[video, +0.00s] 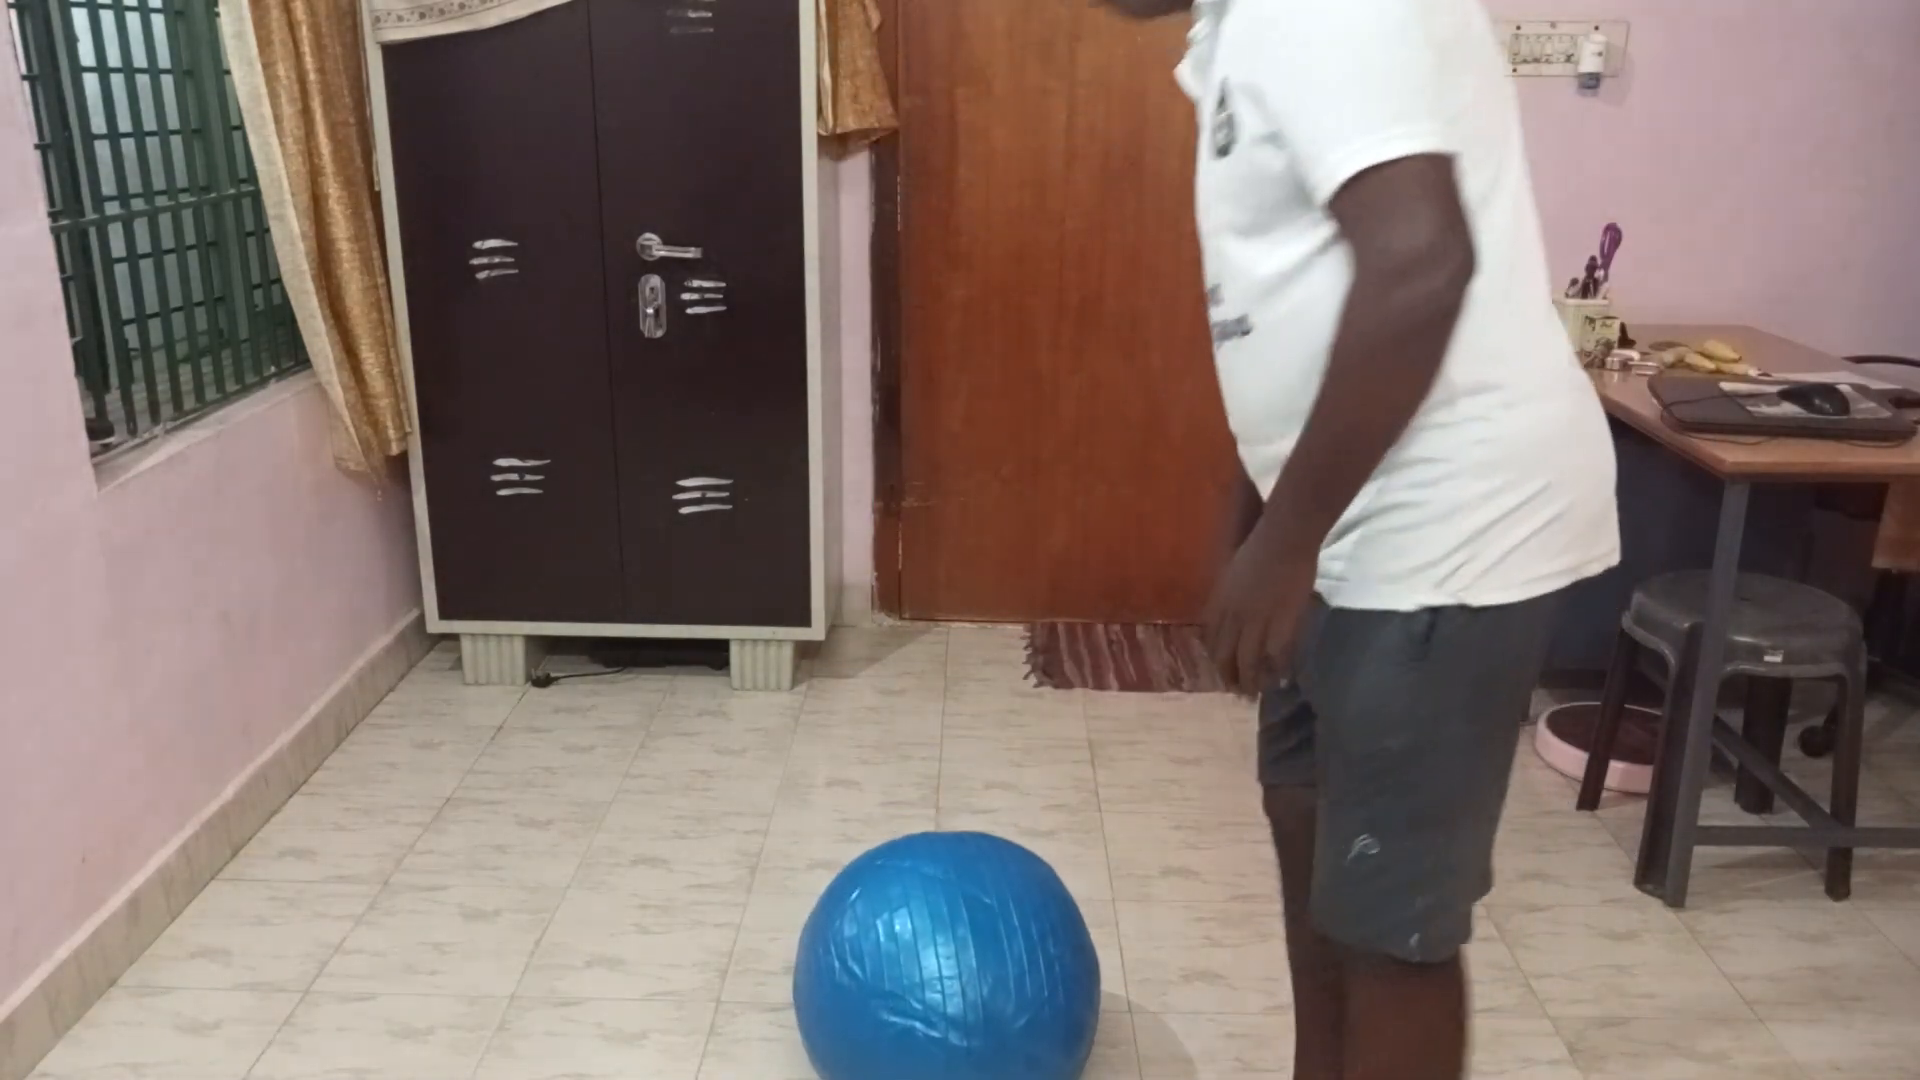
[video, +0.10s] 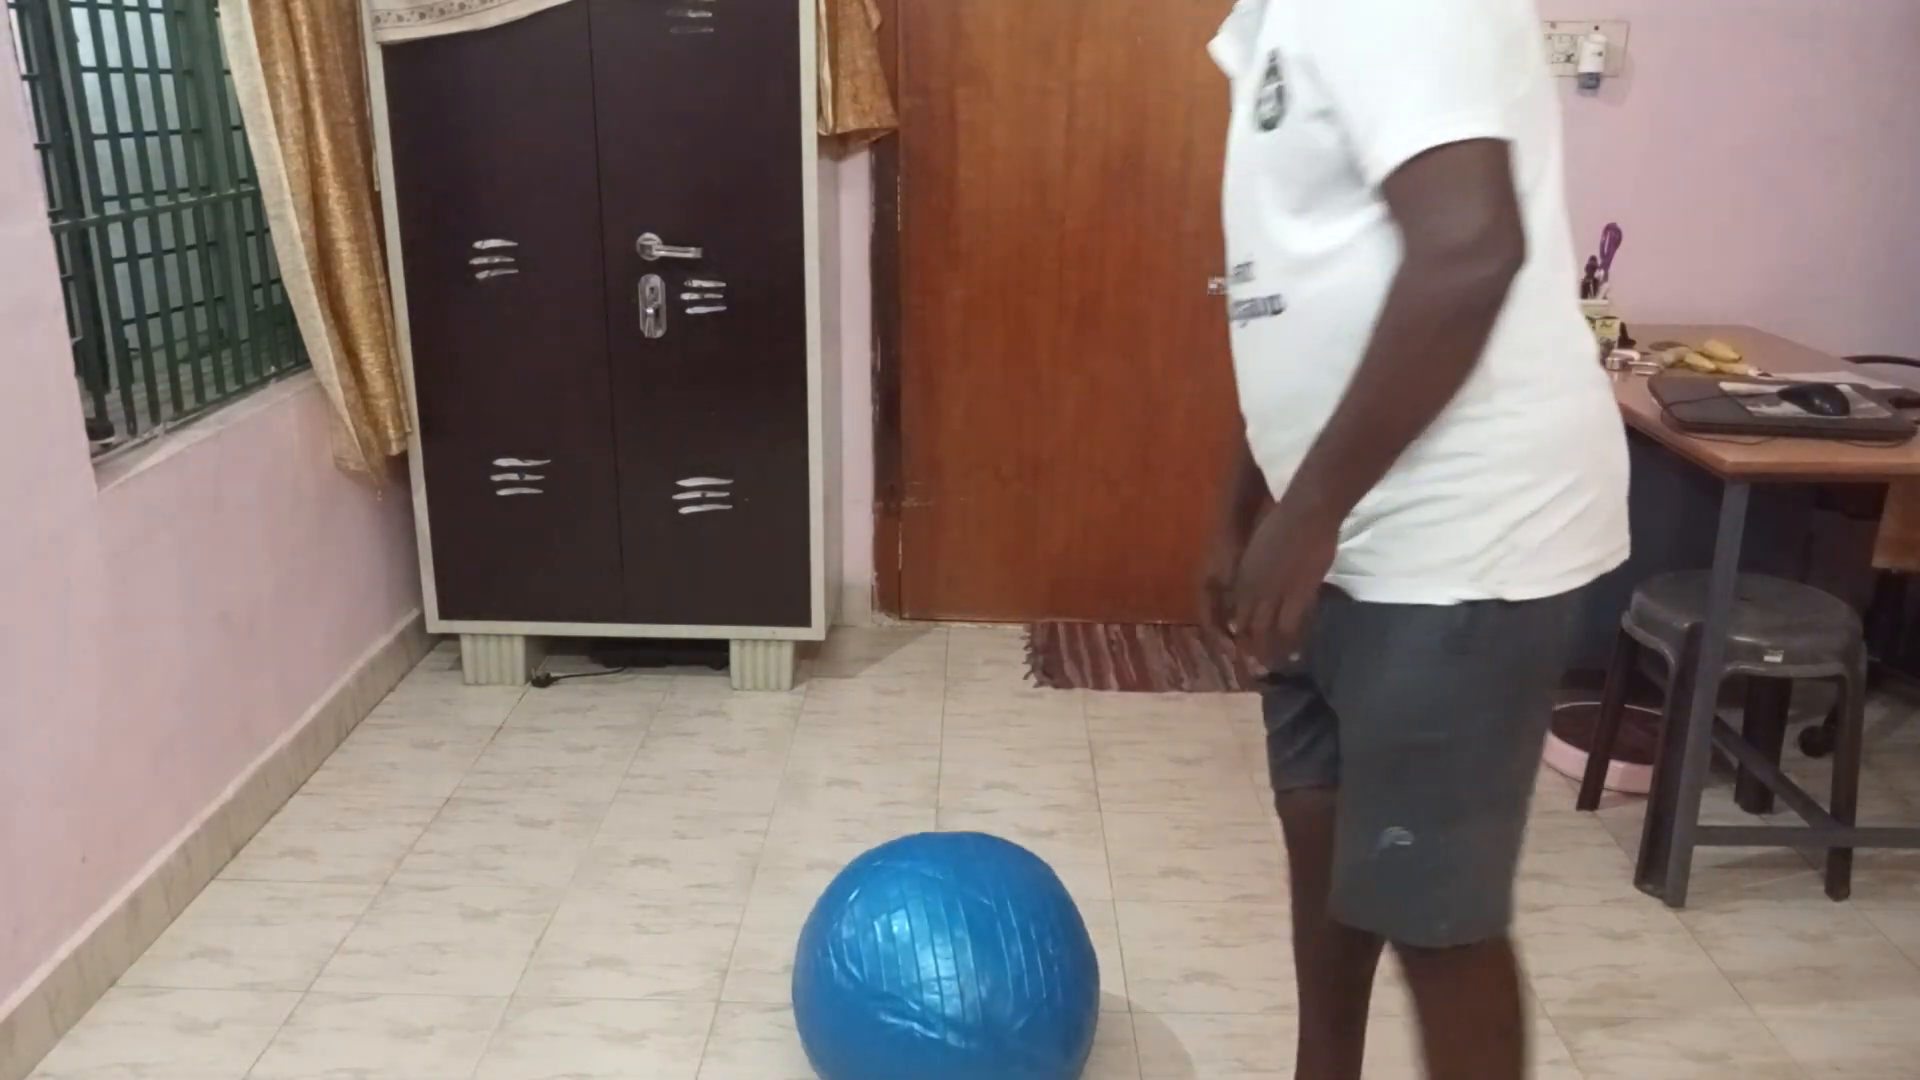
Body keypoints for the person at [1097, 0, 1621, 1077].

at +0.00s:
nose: (1117, 6)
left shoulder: (1321, 15)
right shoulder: (1241, 33)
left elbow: (1418, 261)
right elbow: (1303, 295)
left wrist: (1288, 542)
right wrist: (1251, 526)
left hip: (1449, 529)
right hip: (1357, 522)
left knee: (1391, 916)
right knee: (1311, 823)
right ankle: (1324, 1063)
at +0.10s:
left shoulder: (1396, 12)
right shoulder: (1278, 23)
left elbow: (1468, 246)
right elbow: (1304, 282)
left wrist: (1310, 519)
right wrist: (1243, 509)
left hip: (1467, 536)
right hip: (1345, 528)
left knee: (1441, 907)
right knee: (1322, 828)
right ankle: (1324, 1070)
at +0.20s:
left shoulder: (1474, 12)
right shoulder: (1302, 20)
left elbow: (1530, 241)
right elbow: (1310, 269)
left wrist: (1341, 511)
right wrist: (1237, 494)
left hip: (1488, 537)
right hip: (1347, 526)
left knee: (1500, 905)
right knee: (1337, 824)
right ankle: (1326, 1070)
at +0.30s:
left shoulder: (1551, 14)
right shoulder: (1332, 16)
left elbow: (1604, 246)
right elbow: (1314, 261)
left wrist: (1399, 529)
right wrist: (1236, 481)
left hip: (1528, 553)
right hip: (1352, 534)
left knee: (1564, 904)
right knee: (1357, 834)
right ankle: (1331, 1070)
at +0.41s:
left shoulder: (1647, 14)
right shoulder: (1373, 15)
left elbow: (1697, 259)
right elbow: (1343, 262)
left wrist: (1496, 546)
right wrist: (1249, 467)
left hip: (1591, 575)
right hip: (1387, 547)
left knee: (1622, 919)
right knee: (1384, 838)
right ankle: (1334, 1070)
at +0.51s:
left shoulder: (1746, 17)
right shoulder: (1441, 20)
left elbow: (1801, 281)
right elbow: (1387, 284)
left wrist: (1625, 581)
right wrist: (1264, 490)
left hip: (1639, 608)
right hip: (1431, 571)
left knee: (1657, 933)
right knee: (1402, 855)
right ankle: (1337, 1070)